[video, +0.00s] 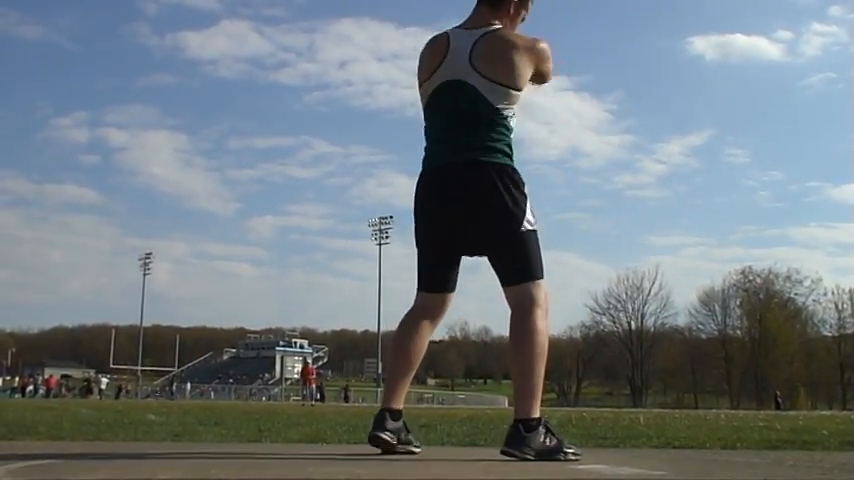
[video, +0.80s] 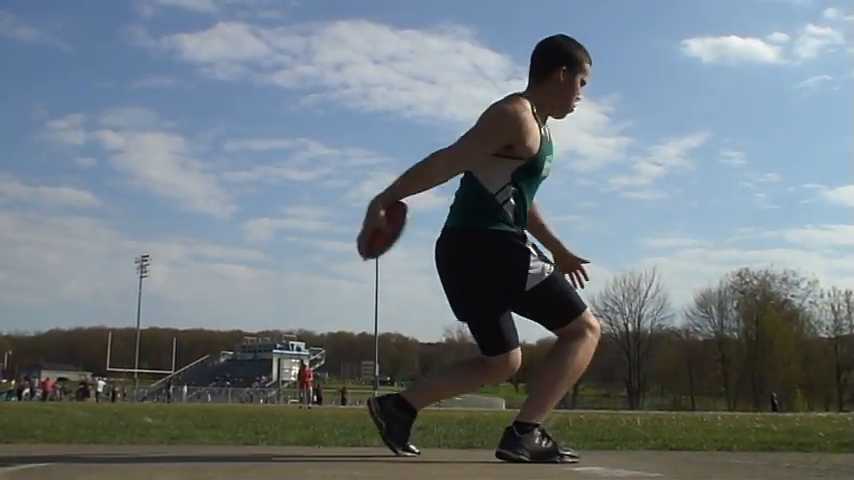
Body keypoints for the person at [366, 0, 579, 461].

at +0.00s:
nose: (526, 16)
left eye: (526, 10)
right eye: (527, 10)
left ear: (480, 3)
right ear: (515, 7)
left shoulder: (432, 47)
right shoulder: (524, 47)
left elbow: (433, 98)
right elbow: (541, 76)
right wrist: (517, 50)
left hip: (434, 187)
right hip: (492, 183)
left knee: (427, 307)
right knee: (530, 303)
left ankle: (388, 418)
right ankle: (528, 428)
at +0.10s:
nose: (534, 22)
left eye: (535, 15)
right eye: (534, 13)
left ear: (489, 5)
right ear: (519, 6)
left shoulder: (442, 53)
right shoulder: (522, 47)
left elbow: (495, 121)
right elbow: (580, 83)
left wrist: (561, 109)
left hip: (434, 188)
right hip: (487, 184)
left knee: (445, 306)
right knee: (533, 300)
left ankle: (389, 409)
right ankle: (529, 428)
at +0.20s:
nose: (540, 36)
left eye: (544, 27)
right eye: (540, 24)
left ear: (501, 13)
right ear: (516, 12)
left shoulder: (467, 59)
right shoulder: (517, 58)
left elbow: (520, 134)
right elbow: (591, 107)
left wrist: (594, 138)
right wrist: (652, 132)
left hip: (437, 194)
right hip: (481, 191)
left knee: (465, 312)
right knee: (539, 300)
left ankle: (393, 405)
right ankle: (528, 430)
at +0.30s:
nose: (553, 52)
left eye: (557, 44)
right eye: (552, 40)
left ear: (522, 27)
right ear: (527, 26)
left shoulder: (490, 73)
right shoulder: (512, 70)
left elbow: (546, 153)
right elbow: (562, 131)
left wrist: (614, 167)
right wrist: (623, 176)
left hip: (444, 204)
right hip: (477, 201)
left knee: (484, 320)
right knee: (549, 304)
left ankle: (399, 401)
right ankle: (528, 432)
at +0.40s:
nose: (563, 67)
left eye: (568, 59)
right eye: (563, 55)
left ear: (540, 47)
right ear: (538, 42)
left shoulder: (529, 105)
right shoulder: (505, 84)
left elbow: (563, 170)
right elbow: (505, 151)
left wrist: (623, 198)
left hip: (457, 219)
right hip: (477, 216)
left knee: (501, 334)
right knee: (563, 307)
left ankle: (407, 401)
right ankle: (528, 430)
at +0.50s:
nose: (573, 81)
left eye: (578, 72)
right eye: (571, 69)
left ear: (555, 63)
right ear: (546, 57)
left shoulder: (546, 122)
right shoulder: (504, 99)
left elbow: (571, 188)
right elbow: (459, 150)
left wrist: (630, 222)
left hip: (465, 236)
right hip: (486, 228)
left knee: (514, 347)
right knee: (576, 314)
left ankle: (412, 404)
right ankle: (527, 432)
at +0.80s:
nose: (581, 96)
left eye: (584, 87)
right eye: (582, 83)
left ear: (555, 77)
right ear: (558, 75)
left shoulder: (536, 129)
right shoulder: (515, 114)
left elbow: (519, 201)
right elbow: (450, 160)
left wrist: (557, 249)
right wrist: (384, 199)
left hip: (463, 250)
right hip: (495, 246)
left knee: (504, 360)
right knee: (585, 329)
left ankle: (401, 406)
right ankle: (526, 432)